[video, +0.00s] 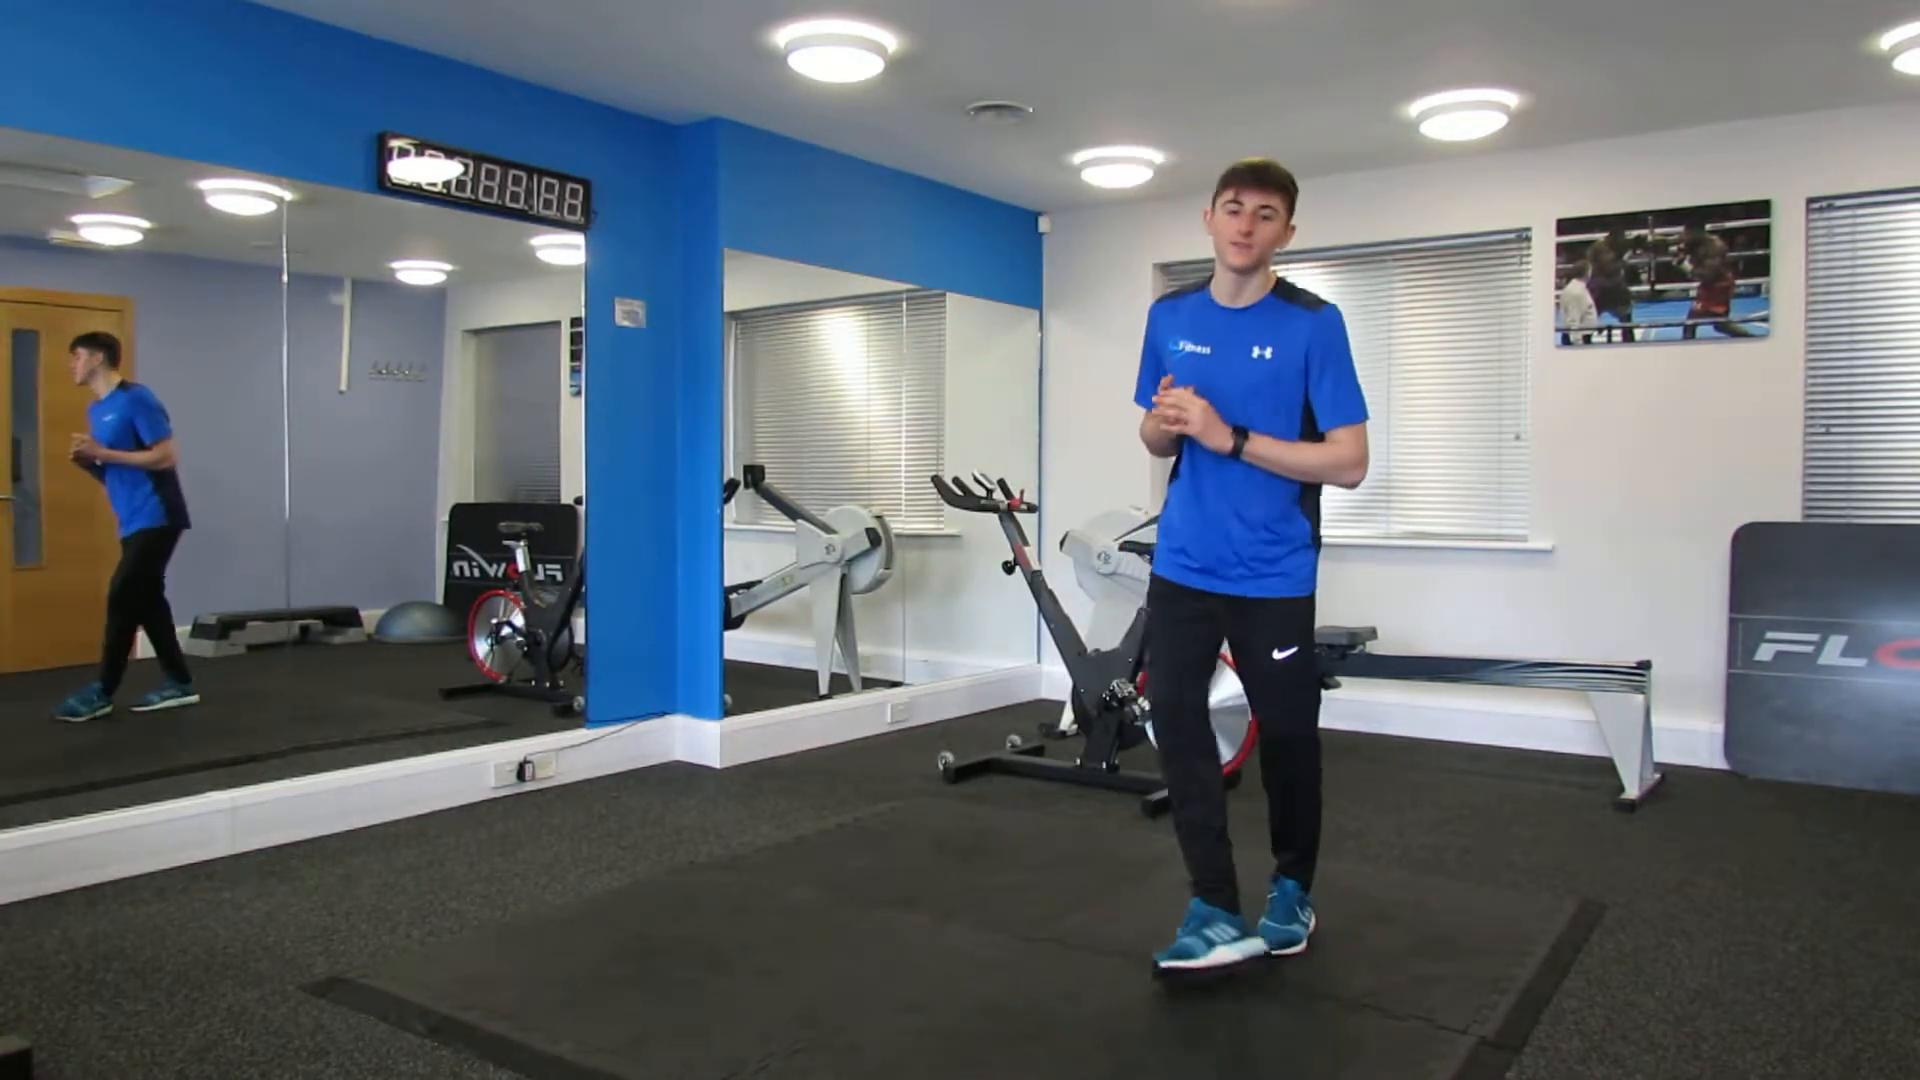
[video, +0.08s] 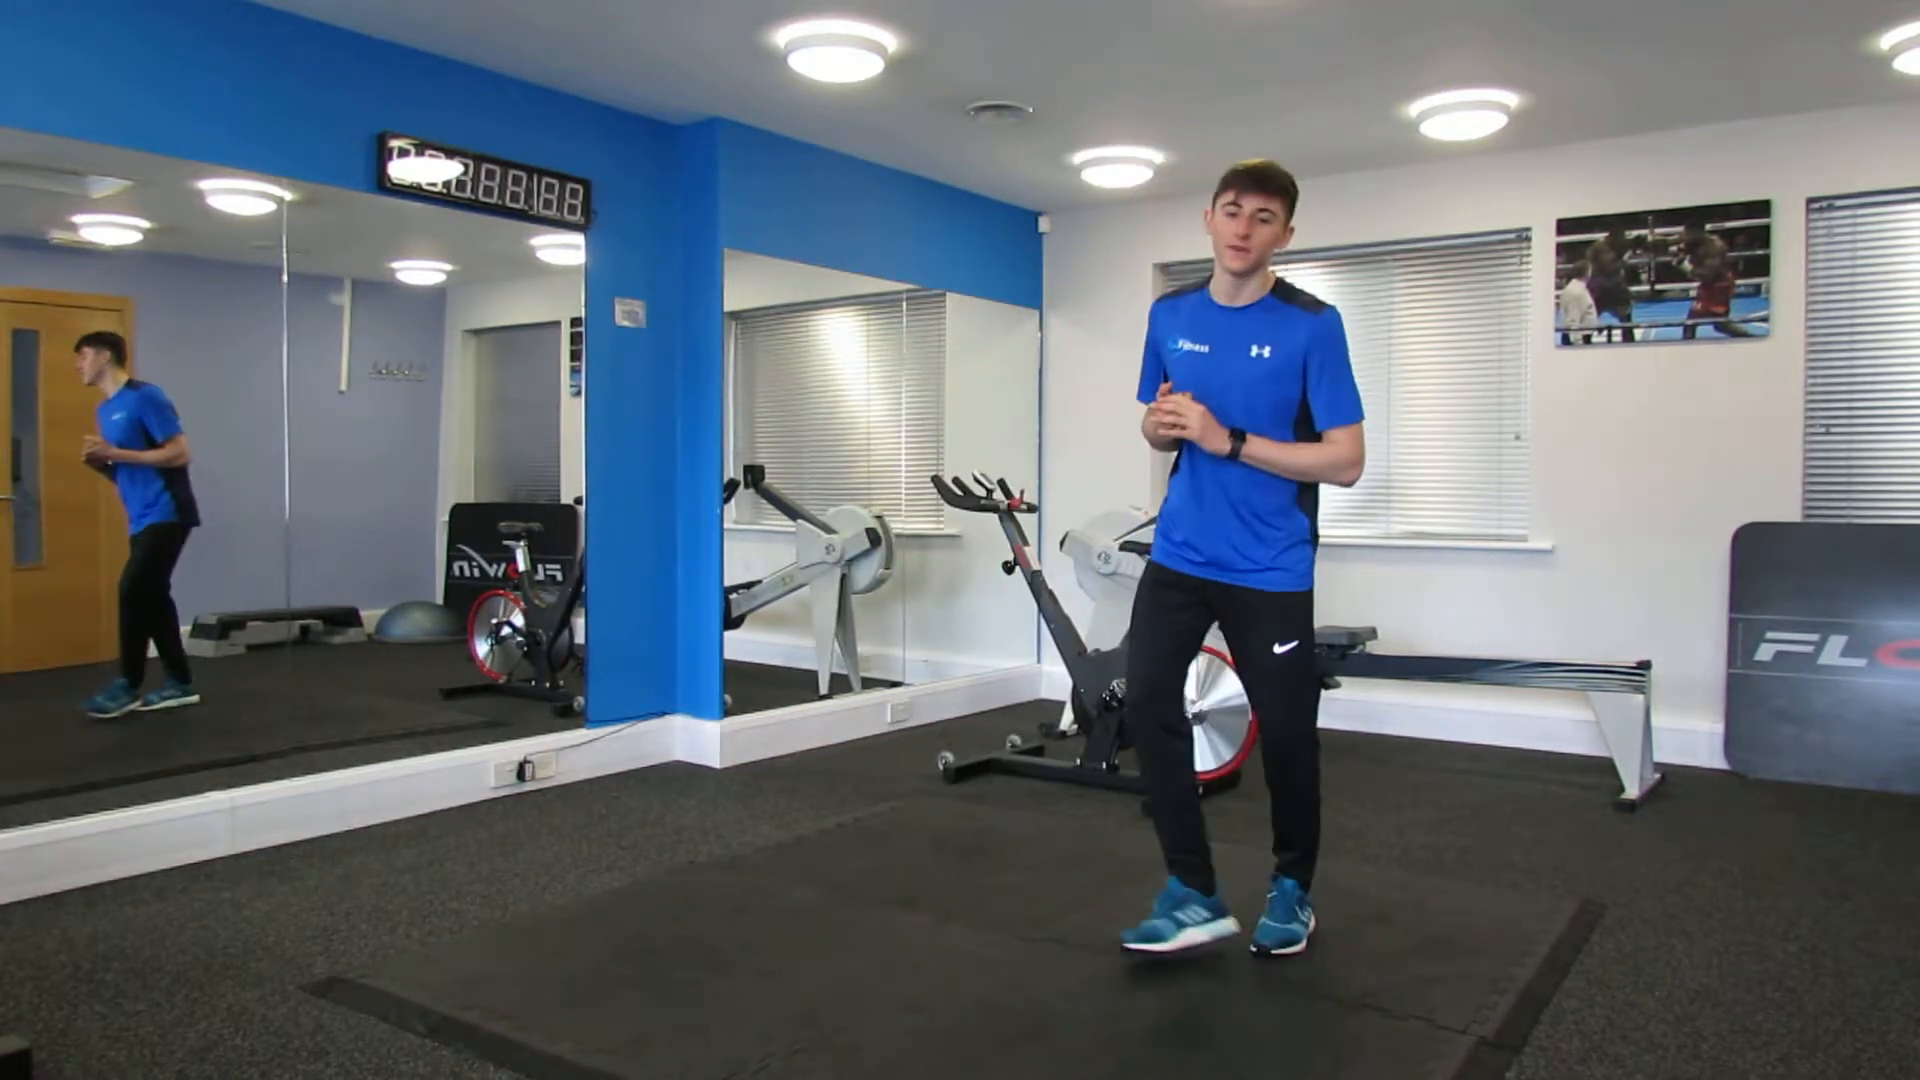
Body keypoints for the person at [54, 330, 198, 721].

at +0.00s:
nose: (73, 366)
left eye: (78, 357)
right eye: (73, 358)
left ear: (100, 358)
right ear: (95, 361)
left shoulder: (138, 398)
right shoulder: (96, 411)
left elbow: (167, 455)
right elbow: (114, 475)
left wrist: (104, 453)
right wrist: (86, 460)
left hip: (159, 519)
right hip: (132, 524)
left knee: (122, 596)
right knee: (150, 602)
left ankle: (104, 691)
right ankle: (181, 682)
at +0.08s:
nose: (79, 365)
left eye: (84, 356)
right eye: (79, 358)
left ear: (107, 356)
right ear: (101, 359)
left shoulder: (146, 396)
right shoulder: (105, 411)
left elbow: (180, 452)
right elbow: (125, 476)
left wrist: (116, 453)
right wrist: (97, 462)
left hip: (169, 514)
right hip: (141, 519)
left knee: (133, 588)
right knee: (154, 597)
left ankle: (130, 684)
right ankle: (181, 682)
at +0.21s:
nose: (93, 361)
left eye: (98, 352)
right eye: (93, 353)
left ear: (120, 353)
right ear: (116, 355)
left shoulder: (158, 395)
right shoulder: (116, 405)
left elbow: (191, 450)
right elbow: (131, 462)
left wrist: (128, 449)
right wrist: (106, 454)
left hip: (175, 512)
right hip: (148, 516)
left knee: (160, 594)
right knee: (156, 596)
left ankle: (181, 683)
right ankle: (172, 681)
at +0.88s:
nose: (141, 349)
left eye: (150, 342)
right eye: (139, 342)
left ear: (174, 348)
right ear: (139, 350)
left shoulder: (203, 397)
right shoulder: (133, 396)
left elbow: (222, 463)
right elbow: (133, 451)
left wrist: (162, 491)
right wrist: (135, 491)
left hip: (202, 523)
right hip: (158, 522)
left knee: (203, 609)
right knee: (149, 606)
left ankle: (207, 692)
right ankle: (161, 689)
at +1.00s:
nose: (142, 360)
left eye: (151, 354)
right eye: (139, 354)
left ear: (174, 360)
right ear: (135, 362)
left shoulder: (199, 410)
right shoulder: (129, 409)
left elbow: (213, 483)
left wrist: (179, 534)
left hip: (195, 528)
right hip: (150, 528)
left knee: (188, 609)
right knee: (134, 611)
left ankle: (203, 692)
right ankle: (154, 692)